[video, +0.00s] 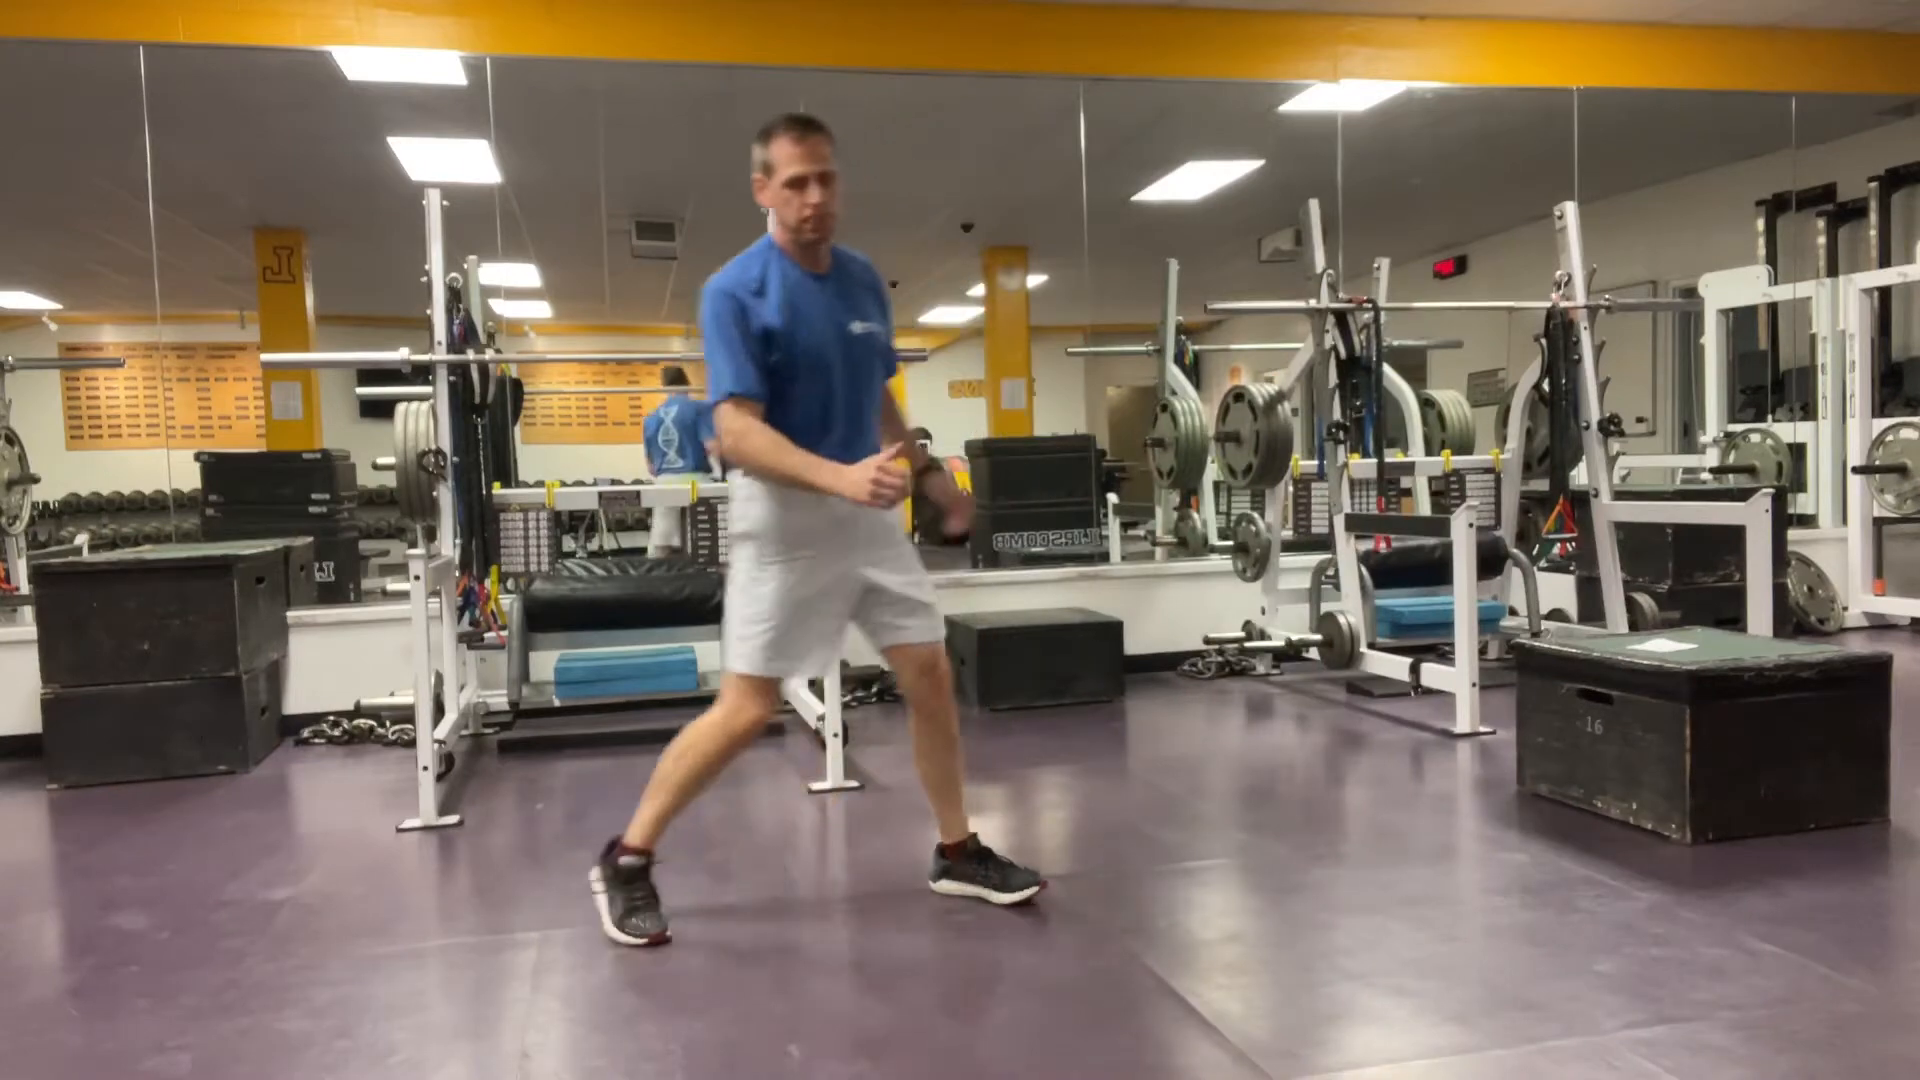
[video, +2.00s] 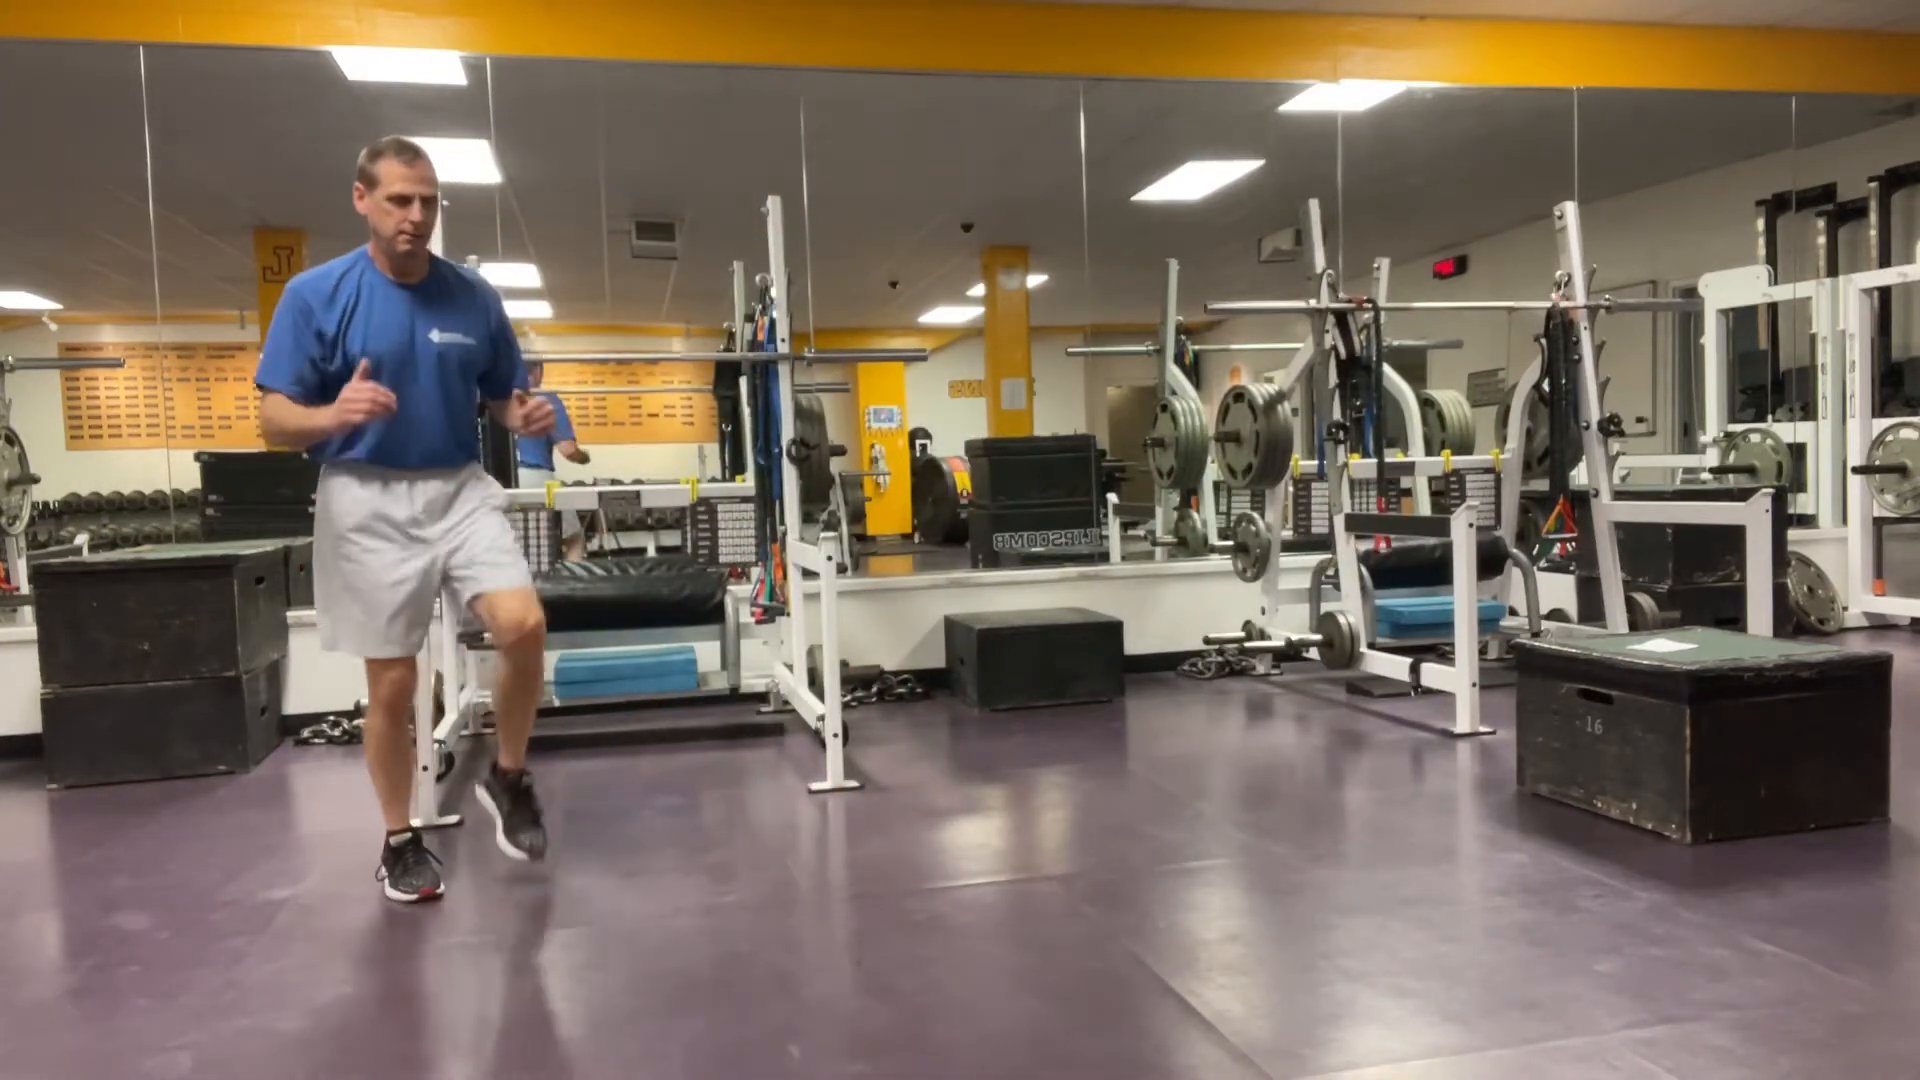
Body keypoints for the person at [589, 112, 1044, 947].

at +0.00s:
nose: (814, 199)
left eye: (824, 182)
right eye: (795, 186)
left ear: (840, 186)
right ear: (761, 194)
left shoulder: (863, 282)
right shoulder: (734, 292)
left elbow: (877, 395)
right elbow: (733, 430)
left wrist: (925, 472)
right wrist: (840, 476)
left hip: (867, 514)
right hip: (779, 524)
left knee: (927, 671)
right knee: (746, 710)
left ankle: (957, 849)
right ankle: (627, 858)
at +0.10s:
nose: (762, 209)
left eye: (774, 190)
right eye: (745, 193)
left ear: (791, 191)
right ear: (711, 191)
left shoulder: (810, 282)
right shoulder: (675, 288)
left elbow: (811, 398)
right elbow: (669, 428)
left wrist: (832, 480)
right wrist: (762, 495)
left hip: (801, 508)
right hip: (712, 515)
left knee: (865, 672)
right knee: (693, 706)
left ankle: (936, 838)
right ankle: (615, 872)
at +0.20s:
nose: (714, 212)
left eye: (728, 192)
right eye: (697, 193)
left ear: (748, 185)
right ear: (666, 182)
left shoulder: (767, 269)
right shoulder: (621, 277)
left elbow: (770, 381)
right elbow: (595, 416)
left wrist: (774, 474)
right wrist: (646, 523)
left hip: (752, 491)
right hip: (659, 498)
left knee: (817, 660)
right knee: (667, 693)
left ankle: (852, 825)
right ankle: (614, 870)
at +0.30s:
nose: (671, 216)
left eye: (685, 196)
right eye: (654, 198)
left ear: (707, 185)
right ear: (624, 186)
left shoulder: (730, 266)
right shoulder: (579, 279)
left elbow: (727, 383)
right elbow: (531, 408)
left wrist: (740, 481)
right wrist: (531, 533)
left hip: (716, 490)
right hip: (623, 495)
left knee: (756, 664)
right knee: (637, 688)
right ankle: (611, 870)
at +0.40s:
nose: (632, 228)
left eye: (646, 208)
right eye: (614, 210)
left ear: (668, 194)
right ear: (585, 194)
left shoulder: (700, 275)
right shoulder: (546, 289)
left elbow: (716, 382)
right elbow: (485, 406)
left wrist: (743, 476)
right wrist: (457, 529)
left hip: (678, 490)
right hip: (590, 495)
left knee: (690, 676)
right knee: (618, 683)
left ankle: (621, 794)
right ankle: (608, 873)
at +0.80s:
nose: (519, 222)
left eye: (533, 206)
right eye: (504, 206)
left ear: (555, 204)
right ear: (477, 204)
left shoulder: (592, 288)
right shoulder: (431, 292)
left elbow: (633, 383)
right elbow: (381, 408)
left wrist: (676, 459)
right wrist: (384, 514)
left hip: (564, 493)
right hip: (476, 491)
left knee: (547, 669)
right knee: (501, 672)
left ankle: (532, 833)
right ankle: (474, 850)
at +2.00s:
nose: (417, 216)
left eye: (428, 202)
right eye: (401, 201)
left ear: (439, 206)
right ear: (362, 202)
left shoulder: (472, 297)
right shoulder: (314, 295)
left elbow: (503, 398)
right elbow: (273, 417)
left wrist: (527, 414)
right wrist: (332, 414)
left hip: (464, 495)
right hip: (367, 505)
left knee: (523, 623)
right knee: (393, 689)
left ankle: (511, 772)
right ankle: (400, 838)